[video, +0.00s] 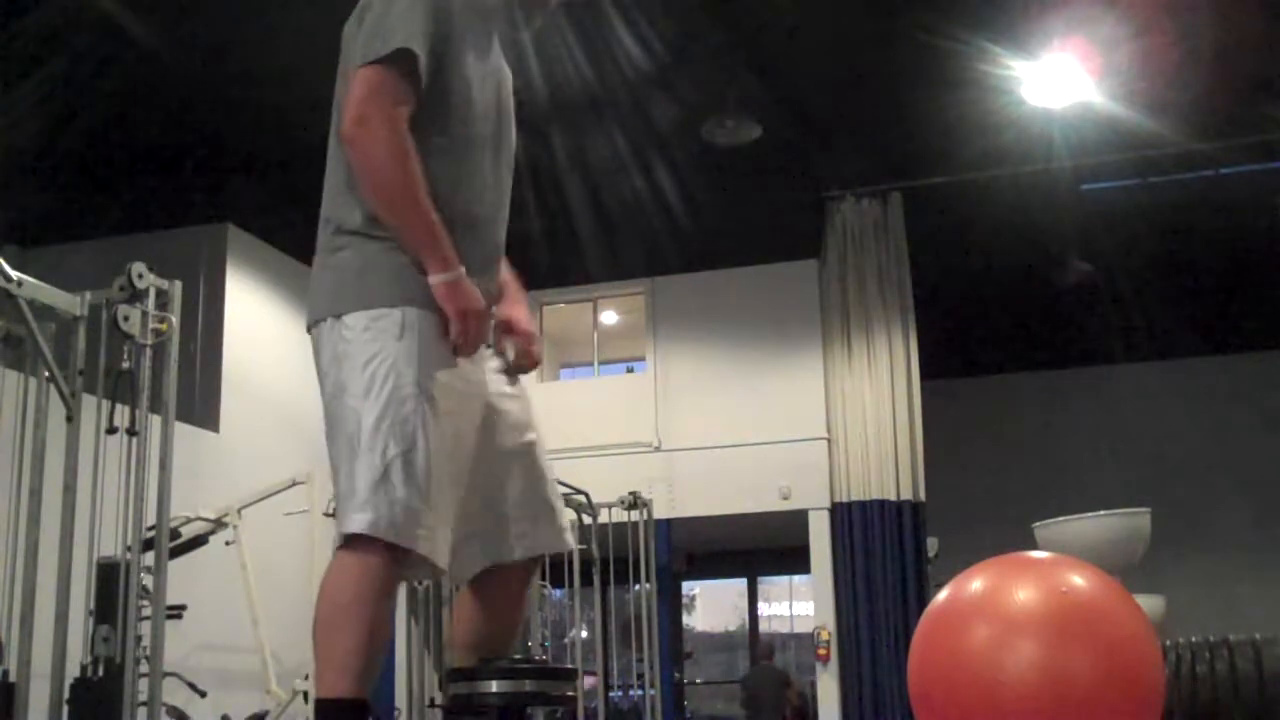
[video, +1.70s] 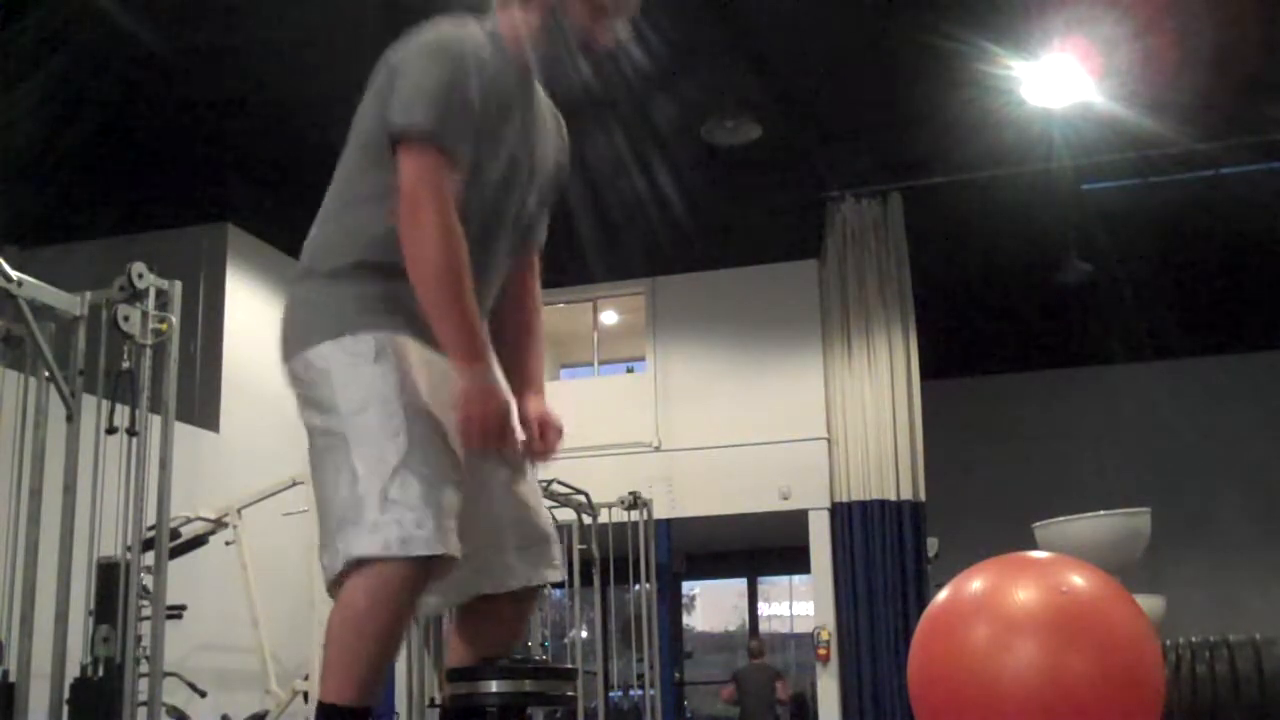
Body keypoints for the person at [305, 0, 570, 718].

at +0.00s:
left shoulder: (487, 41)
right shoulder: (412, 5)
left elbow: (456, 189)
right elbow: (369, 119)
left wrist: (509, 289)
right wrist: (445, 268)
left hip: (461, 307)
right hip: (385, 294)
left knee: (514, 540)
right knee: (380, 529)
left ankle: (465, 715)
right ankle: (339, 712)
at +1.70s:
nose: (608, 35)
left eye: (619, 22)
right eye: (601, 11)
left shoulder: (549, 131)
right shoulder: (447, 50)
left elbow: (519, 272)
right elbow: (424, 213)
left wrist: (530, 389)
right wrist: (475, 369)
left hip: (454, 342)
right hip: (358, 318)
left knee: (511, 558)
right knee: (402, 535)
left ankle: (475, 712)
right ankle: (339, 713)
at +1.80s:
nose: (617, 87)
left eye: (629, 75)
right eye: (613, 61)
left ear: (627, 89)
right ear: (564, 41)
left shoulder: (559, 192)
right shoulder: (464, 118)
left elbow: (526, 335)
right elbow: (447, 292)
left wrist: (542, 462)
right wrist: (486, 453)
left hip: (422, 377)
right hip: (329, 350)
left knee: (532, 554)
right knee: (420, 533)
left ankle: (476, 711)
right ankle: (342, 715)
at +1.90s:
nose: (639, 146)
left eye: (645, 129)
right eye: (628, 120)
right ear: (571, 108)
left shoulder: (566, 263)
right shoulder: (480, 199)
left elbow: (538, 420)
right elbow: (467, 390)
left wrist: (548, 562)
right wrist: (489, 552)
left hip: (403, 415)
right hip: (314, 392)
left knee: (552, 569)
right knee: (441, 542)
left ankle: (487, 709)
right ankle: (347, 712)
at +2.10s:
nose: (646, 202)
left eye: (647, 186)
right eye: (630, 178)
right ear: (569, 175)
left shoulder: (575, 329)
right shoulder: (500, 264)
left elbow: (547, 476)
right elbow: (480, 456)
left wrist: (548, 623)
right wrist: (489, 623)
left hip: (394, 463)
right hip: (305, 444)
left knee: (570, 575)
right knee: (466, 552)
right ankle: (356, 708)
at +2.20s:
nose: (642, 206)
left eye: (642, 191)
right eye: (626, 185)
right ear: (567, 188)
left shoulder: (577, 342)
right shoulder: (500, 278)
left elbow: (546, 497)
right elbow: (478, 468)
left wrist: (547, 646)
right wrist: (482, 634)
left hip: (394, 477)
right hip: (301, 457)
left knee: (572, 578)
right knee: (465, 550)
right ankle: (357, 708)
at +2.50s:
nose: (604, 192)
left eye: (601, 177)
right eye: (584, 174)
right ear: (527, 186)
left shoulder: (567, 342)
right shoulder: (477, 286)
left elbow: (541, 494)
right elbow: (468, 475)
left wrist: (540, 636)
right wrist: (477, 640)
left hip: (392, 497)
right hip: (291, 485)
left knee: (574, 576)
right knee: (456, 546)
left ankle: (484, 710)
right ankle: (355, 711)